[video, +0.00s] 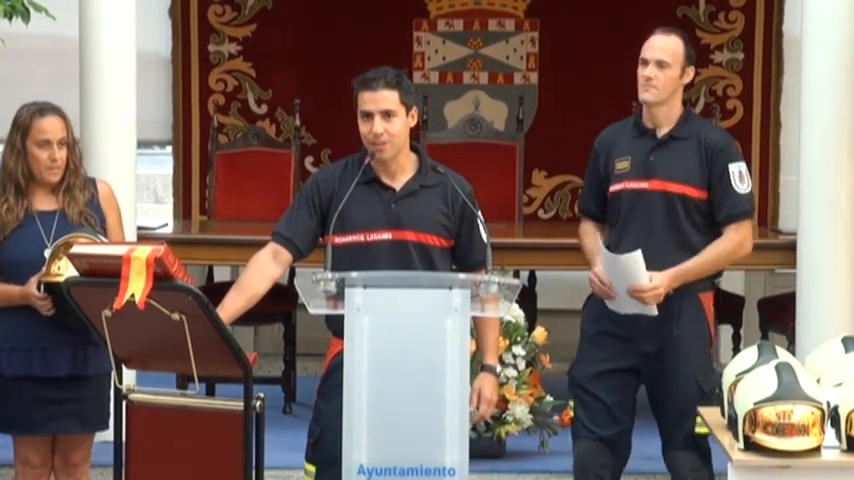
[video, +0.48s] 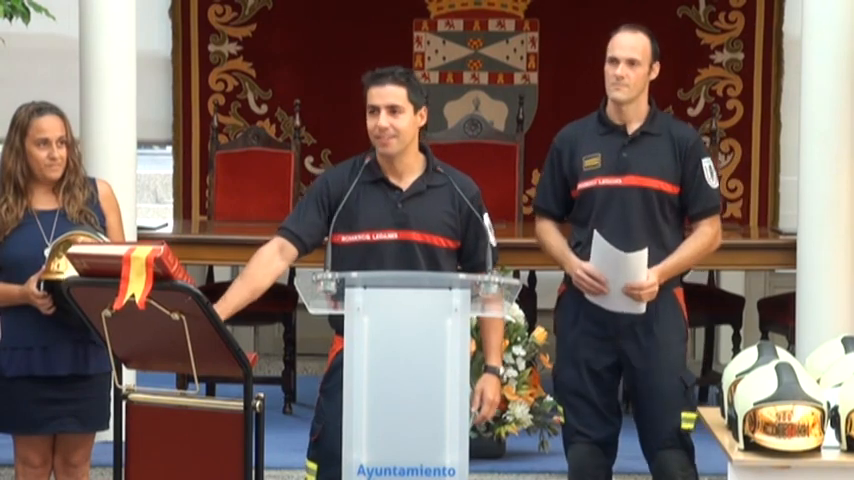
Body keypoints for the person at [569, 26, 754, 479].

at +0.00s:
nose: (648, 72)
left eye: (661, 66)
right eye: (644, 63)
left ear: (686, 76)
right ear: (636, 69)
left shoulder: (715, 145)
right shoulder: (610, 142)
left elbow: (740, 240)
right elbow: (590, 220)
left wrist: (670, 279)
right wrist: (598, 264)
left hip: (680, 319)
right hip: (610, 317)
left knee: (687, 457)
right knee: (593, 455)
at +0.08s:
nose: (643, 72)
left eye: (656, 65)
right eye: (638, 63)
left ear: (680, 75)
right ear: (630, 69)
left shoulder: (711, 145)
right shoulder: (602, 142)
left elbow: (736, 237)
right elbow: (581, 218)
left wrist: (671, 278)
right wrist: (591, 263)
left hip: (675, 321)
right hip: (605, 318)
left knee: (683, 455)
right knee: (590, 453)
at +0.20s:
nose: (635, 71)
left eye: (647, 64)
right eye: (630, 62)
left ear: (670, 73)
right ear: (621, 68)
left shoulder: (701, 143)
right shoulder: (591, 142)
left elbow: (729, 233)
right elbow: (567, 219)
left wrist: (671, 276)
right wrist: (582, 261)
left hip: (668, 319)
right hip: (598, 317)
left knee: (676, 453)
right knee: (589, 452)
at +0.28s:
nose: (629, 71)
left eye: (642, 64)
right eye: (624, 62)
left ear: (665, 72)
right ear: (615, 68)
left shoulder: (696, 143)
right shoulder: (585, 142)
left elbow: (724, 232)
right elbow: (559, 220)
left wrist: (668, 275)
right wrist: (579, 263)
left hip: (664, 320)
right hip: (593, 318)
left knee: (673, 451)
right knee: (588, 451)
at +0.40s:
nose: (623, 71)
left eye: (635, 63)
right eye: (617, 62)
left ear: (657, 72)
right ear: (608, 68)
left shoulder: (689, 142)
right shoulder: (576, 141)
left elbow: (715, 231)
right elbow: (550, 219)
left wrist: (663, 275)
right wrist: (573, 262)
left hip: (659, 318)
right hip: (588, 317)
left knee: (670, 450)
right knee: (587, 450)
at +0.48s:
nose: (619, 71)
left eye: (631, 63)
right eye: (612, 61)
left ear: (653, 72)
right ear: (603, 68)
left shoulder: (683, 142)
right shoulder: (571, 141)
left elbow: (710, 230)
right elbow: (545, 220)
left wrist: (660, 274)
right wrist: (569, 261)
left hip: (656, 317)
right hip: (584, 316)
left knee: (668, 448)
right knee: (586, 448)